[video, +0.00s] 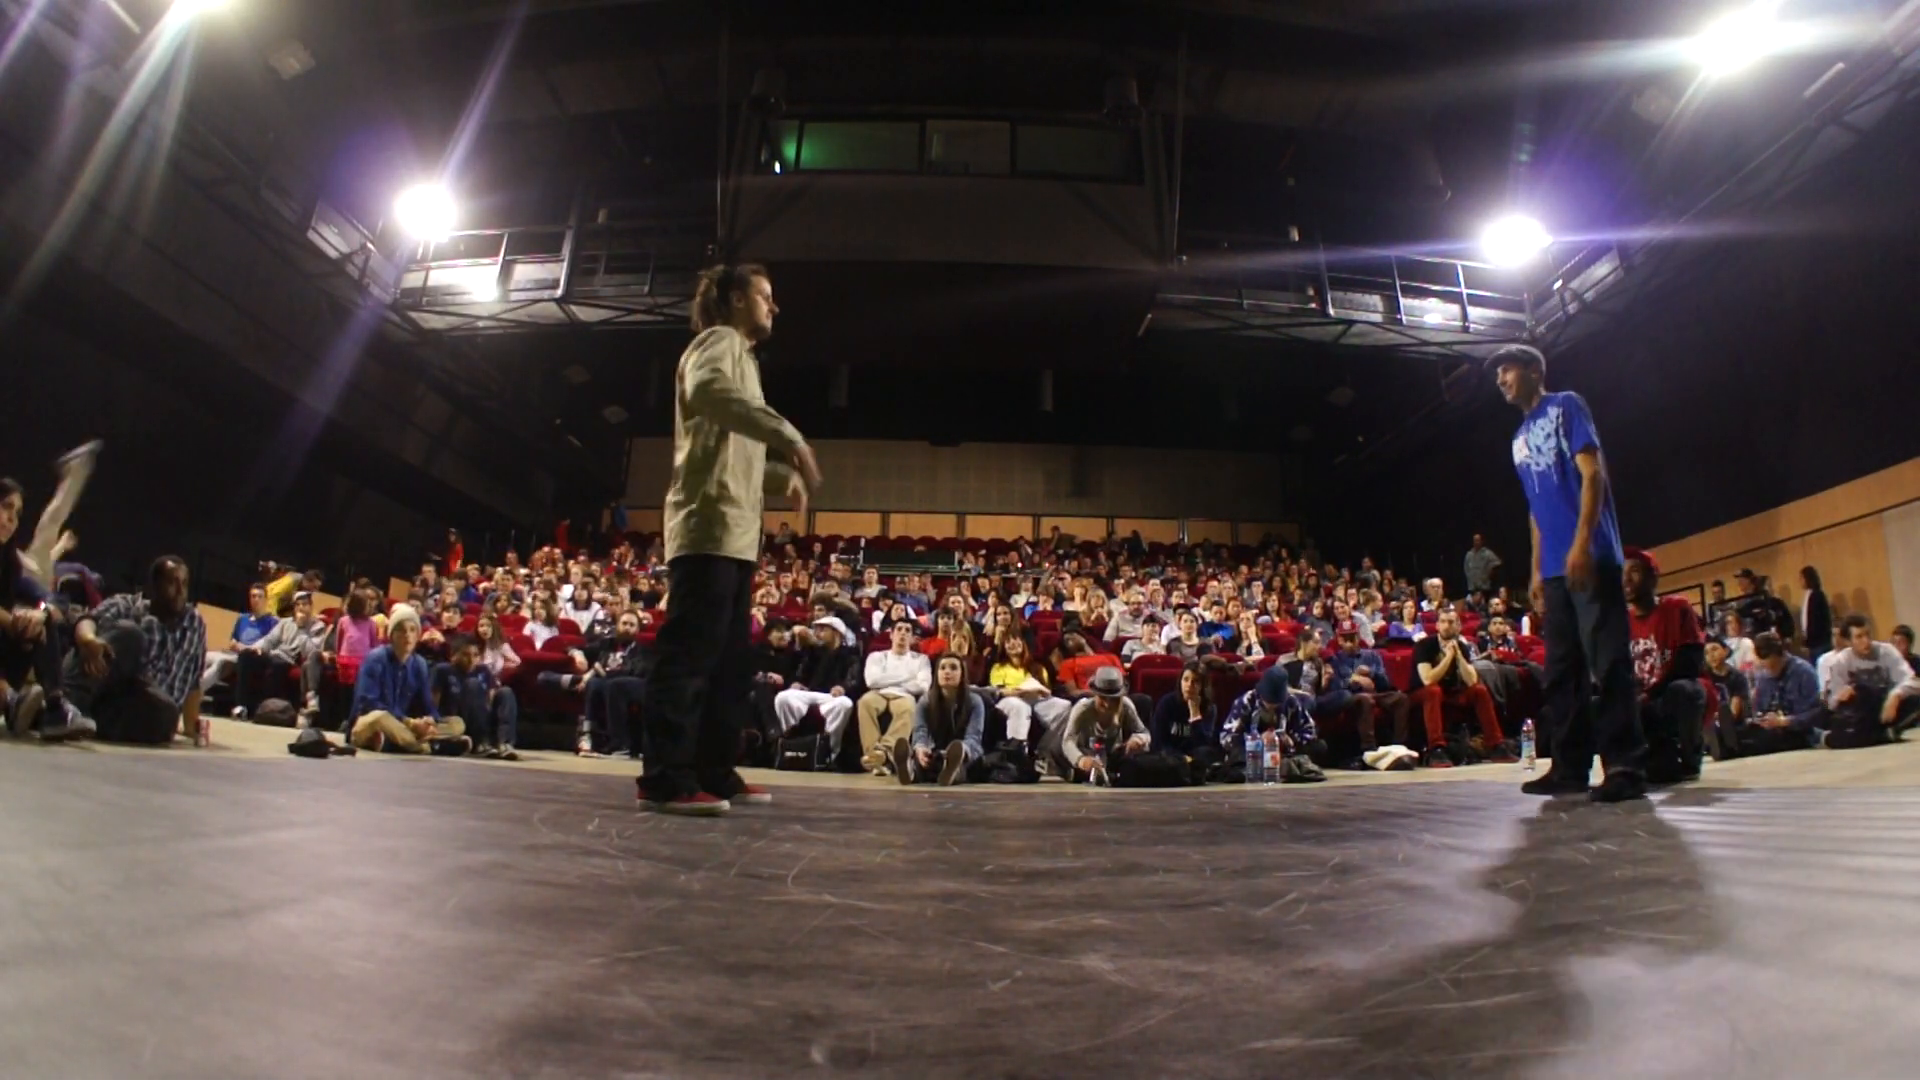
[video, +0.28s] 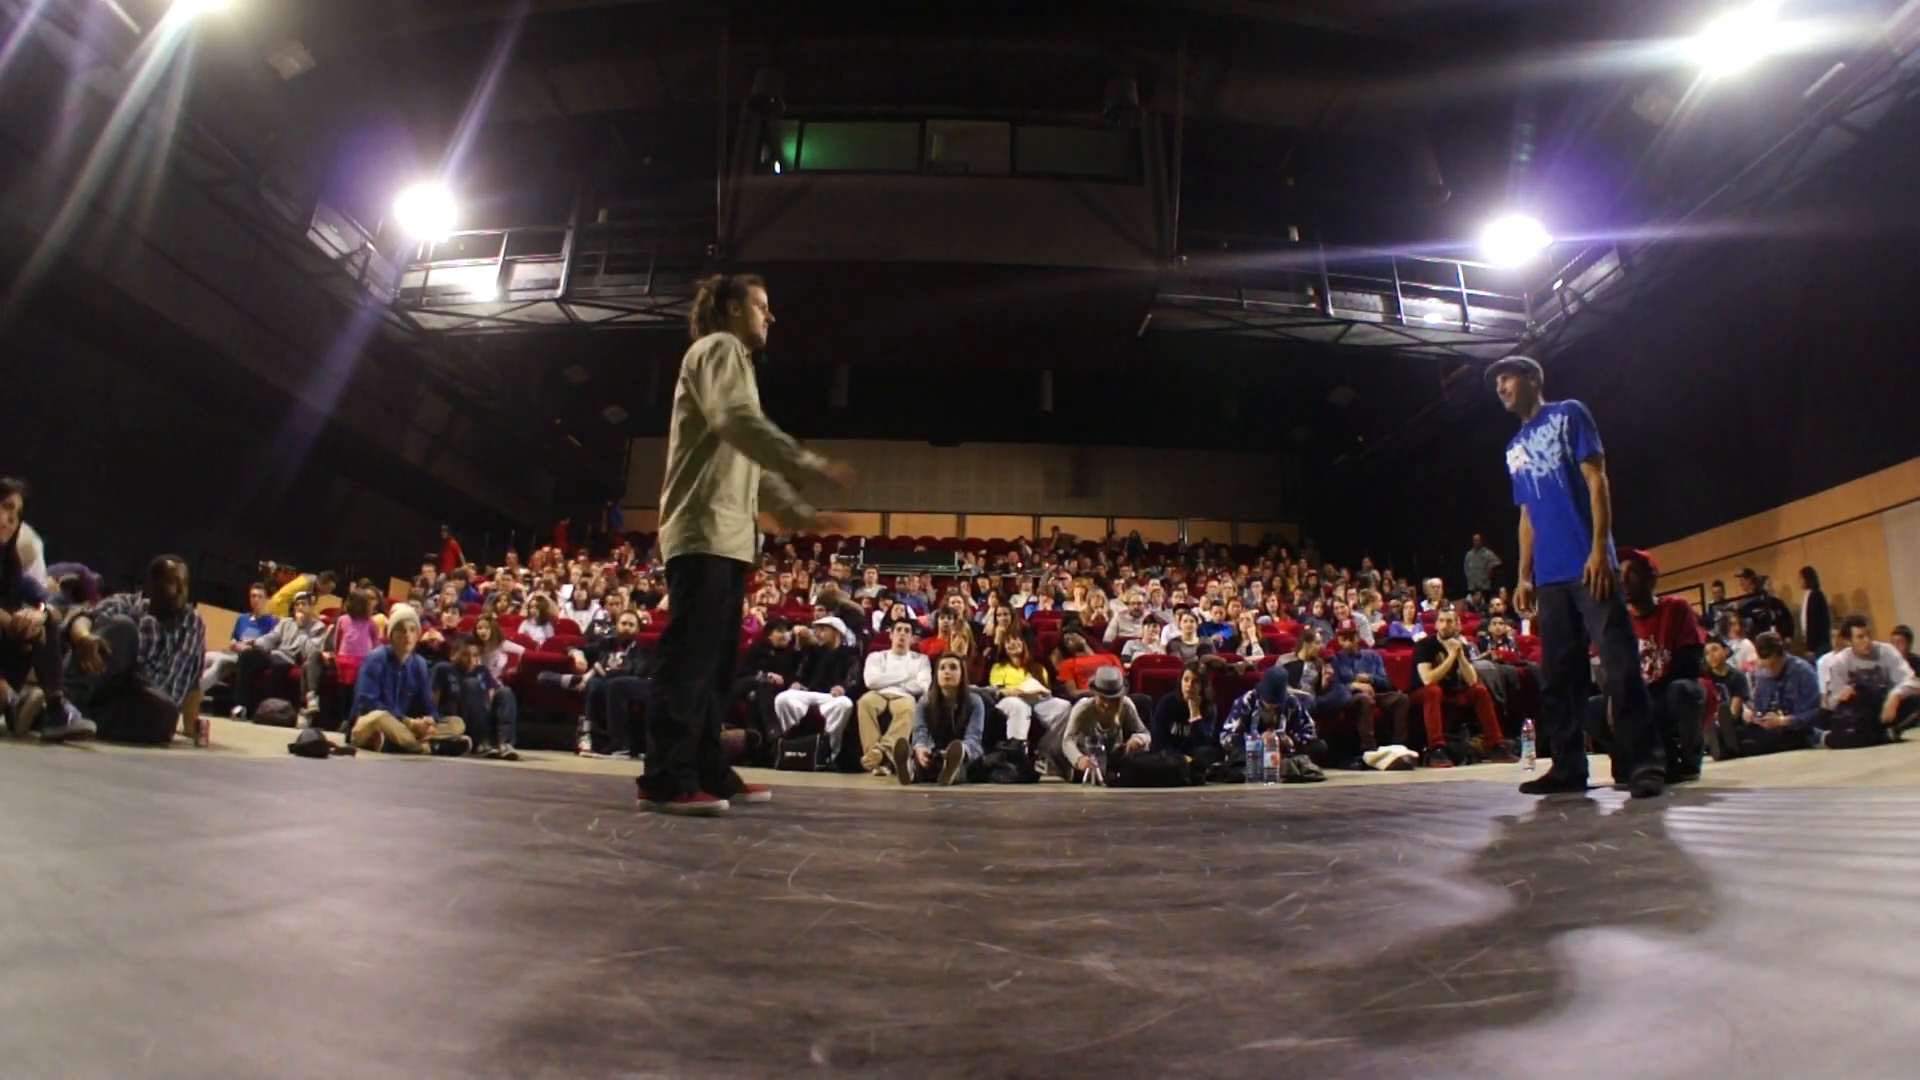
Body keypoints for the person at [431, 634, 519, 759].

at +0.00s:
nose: (471, 660)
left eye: (475, 656)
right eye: (467, 655)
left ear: (479, 657)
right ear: (457, 656)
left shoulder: (483, 671)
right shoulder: (443, 671)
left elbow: (491, 690)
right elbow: (436, 696)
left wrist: (488, 708)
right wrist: (435, 719)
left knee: (506, 692)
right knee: (472, 684)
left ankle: (505, 743)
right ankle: (482, 742)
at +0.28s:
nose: (473, 660)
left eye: (476, 656)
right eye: (469, 656)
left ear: (480, 657)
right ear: (459, 656)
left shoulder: (482, 670)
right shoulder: (443, 670)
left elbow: (493, 688)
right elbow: (436, 694)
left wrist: (488, 706)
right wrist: (434, 718)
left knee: (505, 693)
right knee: (471, 684)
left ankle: (505, 743)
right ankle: (481, 742)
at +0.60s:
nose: (475, 657)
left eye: (480, 653)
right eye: (471, 652)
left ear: (483, 656)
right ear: (459, 653)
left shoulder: (487, 670)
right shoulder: (444, 670)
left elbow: (495, 690)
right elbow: (434, 696)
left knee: (506, 692)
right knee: (473, 685)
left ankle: (506, 743)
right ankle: (481, 742)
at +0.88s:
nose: (483, 658)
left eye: (488, 653)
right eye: (479, 652)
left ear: (492, 655)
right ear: (466, 651)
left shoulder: (495, 671)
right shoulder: (449, 670)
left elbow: (503, 695)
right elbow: (434, 698)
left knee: (509, 693)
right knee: (473, 687)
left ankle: (507, 744)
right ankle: (481, 742)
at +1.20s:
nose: (480, 656)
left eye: (485, 652)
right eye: (475, 651)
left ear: (489, 654)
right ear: (464, 651)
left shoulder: (494, 669)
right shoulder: (449, 667)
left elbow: (501, 694)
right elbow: (437, 695)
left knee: (510, 693)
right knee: (472, 687)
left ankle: (508, 743)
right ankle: (482, 742)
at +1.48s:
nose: (480, 657)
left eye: (485, 652)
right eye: (475, 651)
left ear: (489, 653)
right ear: (465, 650)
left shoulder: (492, 669)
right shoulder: (451, 664)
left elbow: (501, 694)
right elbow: (438, 697)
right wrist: (435, 722)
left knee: (508, 693)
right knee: (474, 684)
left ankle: (507, 743)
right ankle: (482, 742)